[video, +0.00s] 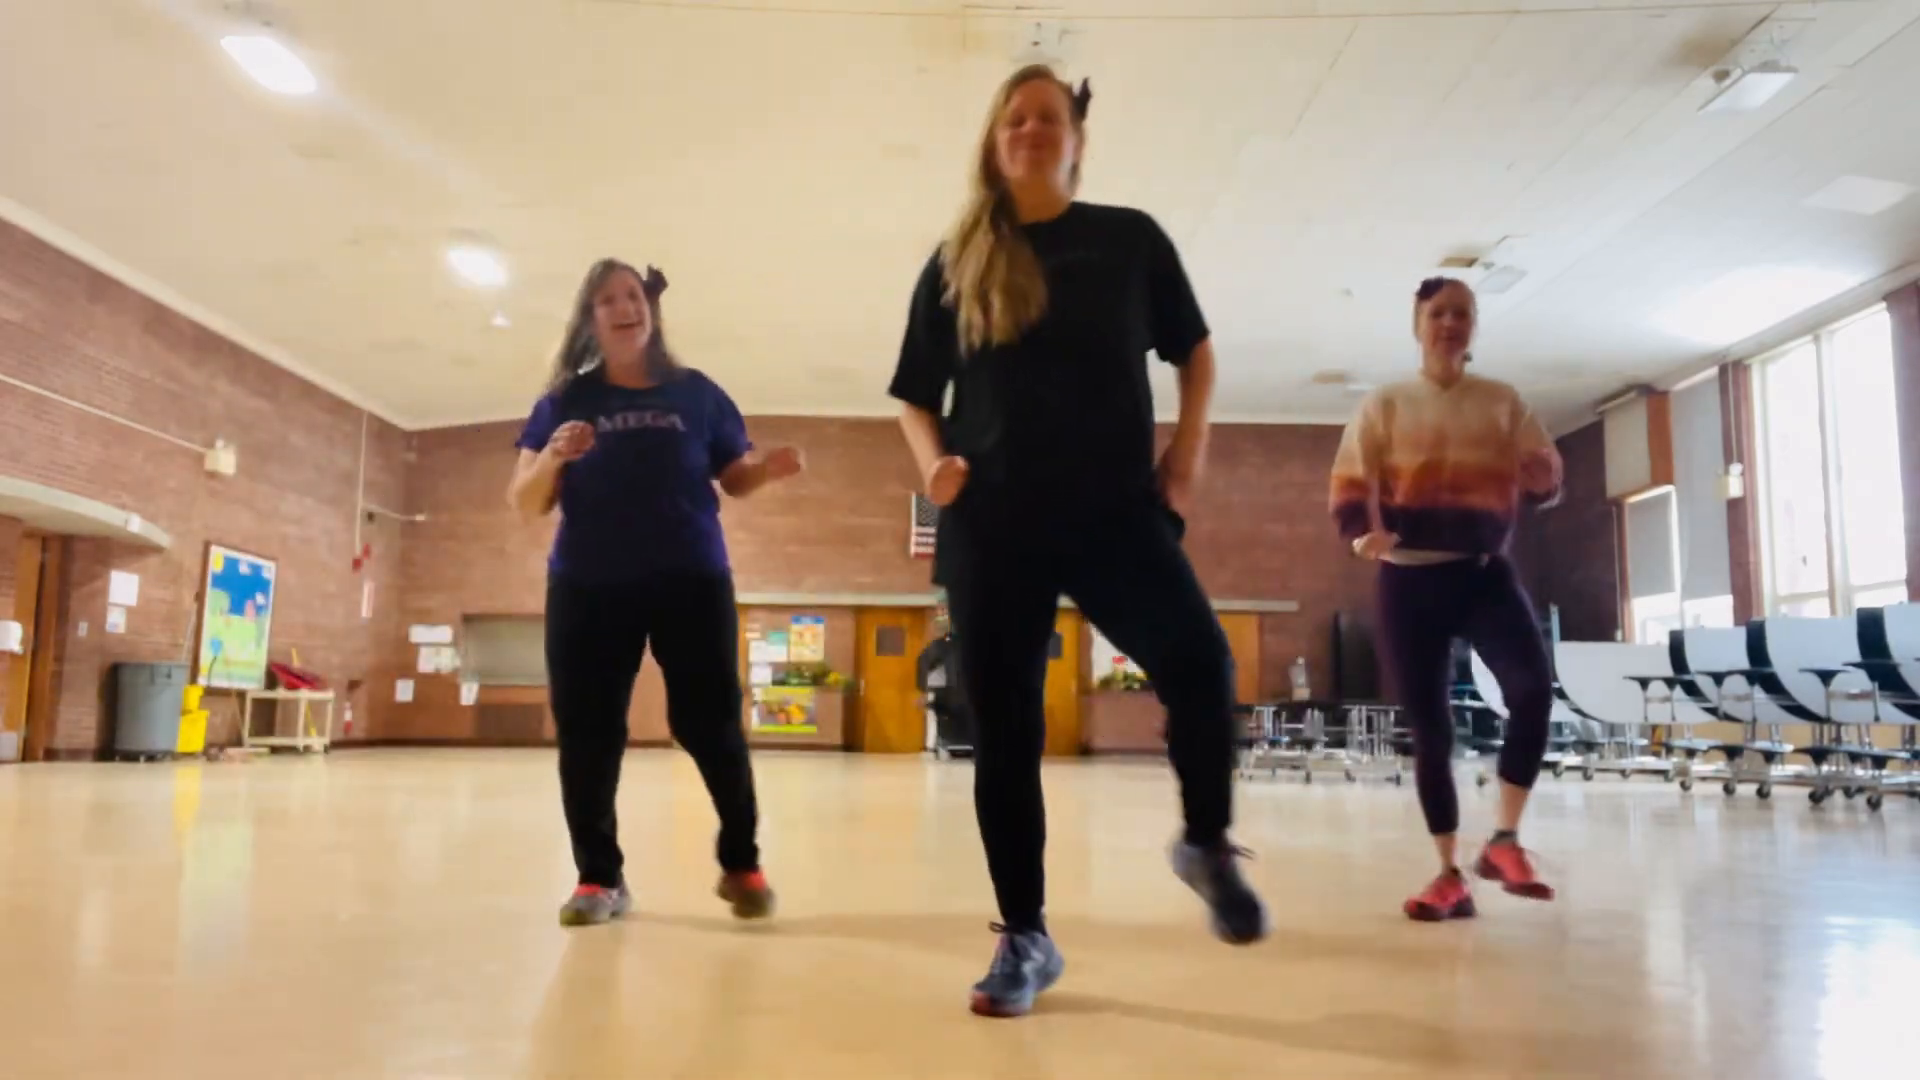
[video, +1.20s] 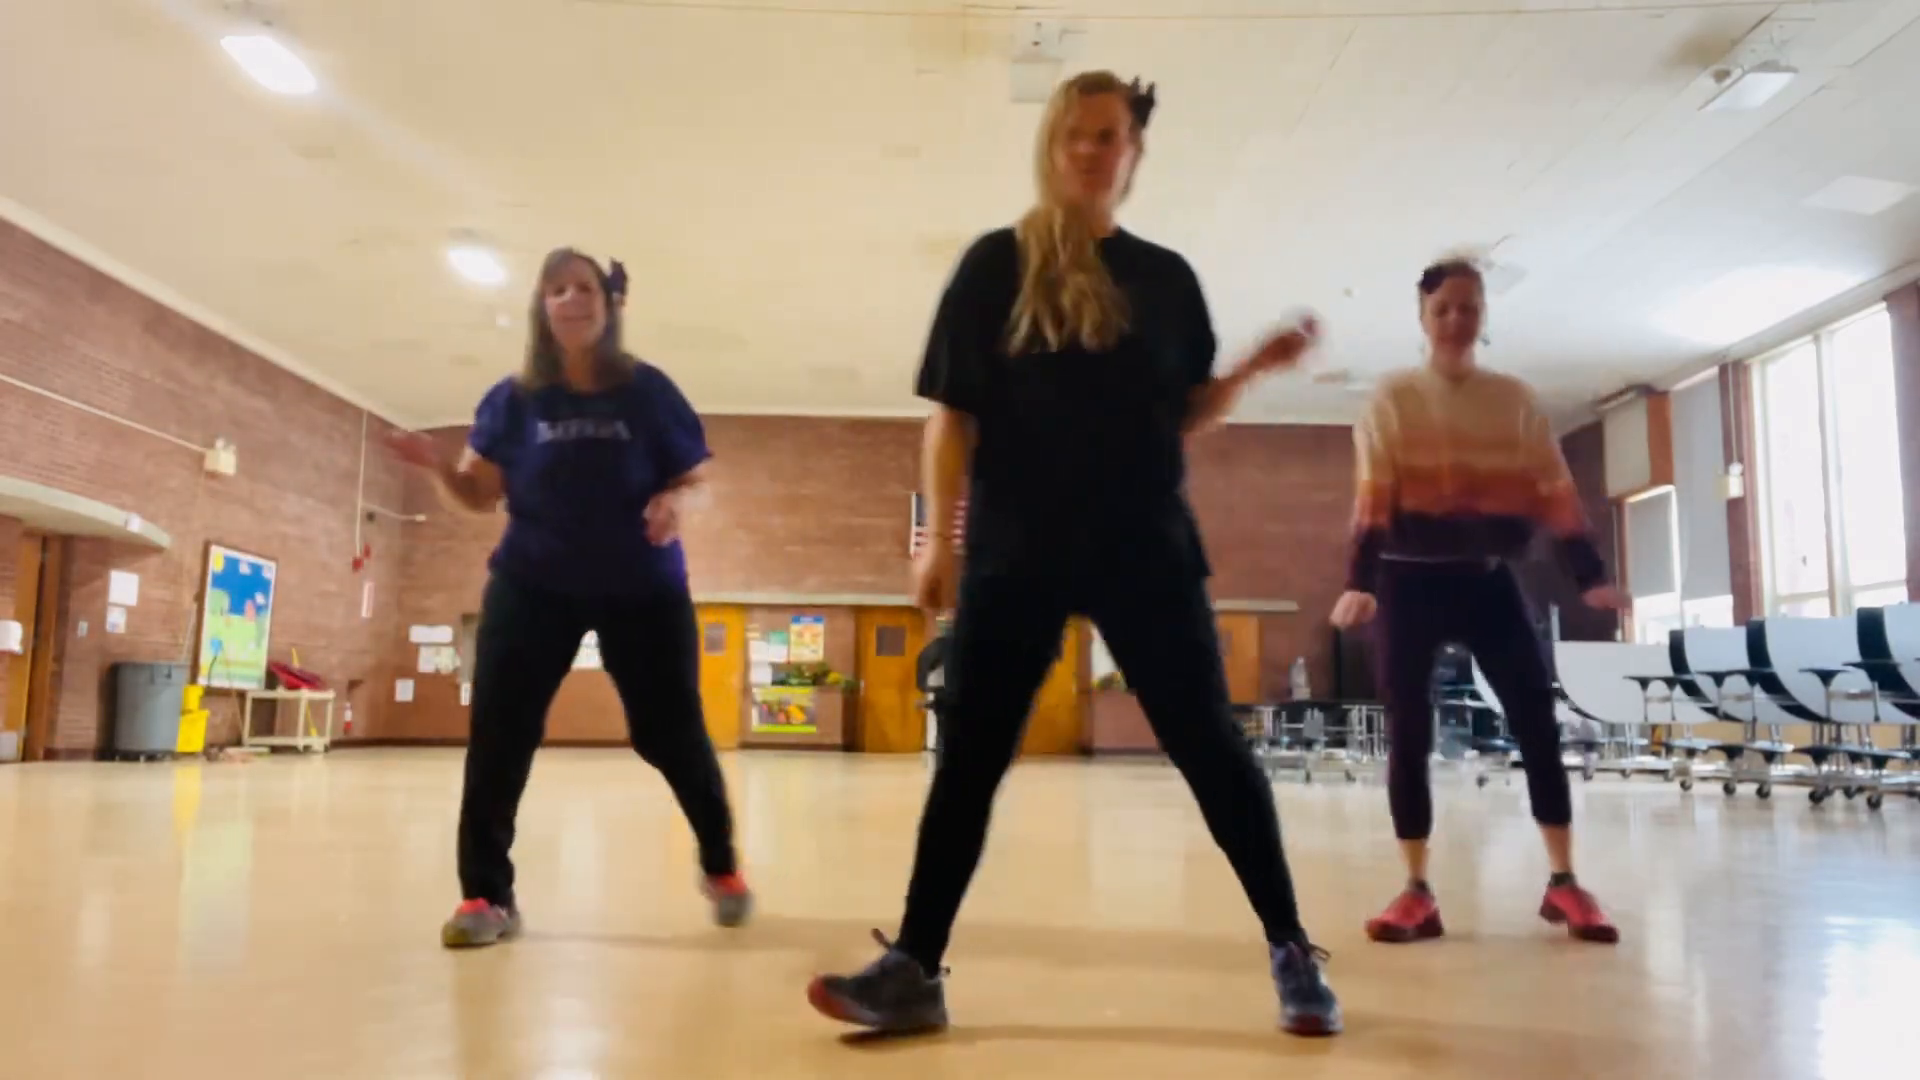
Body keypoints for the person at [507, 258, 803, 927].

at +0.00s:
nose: (625, 308)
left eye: (633, 296)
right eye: (609, 300)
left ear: (652, 309)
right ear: (589, 319)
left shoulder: (699, 394)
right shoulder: (564, 404)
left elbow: (734, 480)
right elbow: (528, 504)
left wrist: (763, 467)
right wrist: (553, 457)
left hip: (689, 583)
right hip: (592, 588)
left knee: (712, 726)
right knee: (587, 738)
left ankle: (742, 864)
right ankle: (599, 880)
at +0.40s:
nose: (721, 303)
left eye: (735, 294)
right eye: (710, 295)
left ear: (759, 312)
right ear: (696, 315)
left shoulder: (792, 398)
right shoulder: (668, 393)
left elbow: (835, 464)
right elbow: (600, 454)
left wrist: (830, 382)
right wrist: (610, 371)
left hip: (756, 587)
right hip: (663, 577)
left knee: (746, 733)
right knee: (623, 712)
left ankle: (773, 883)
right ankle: (636, 854)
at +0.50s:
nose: (732, 305)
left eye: (745, 295)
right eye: (721, 297)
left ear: (770, 314)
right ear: (709, 316)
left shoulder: (797, 395)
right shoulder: (680, 388)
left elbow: (827, 467)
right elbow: (628, 455)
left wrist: (829, 381)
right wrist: (638, 367)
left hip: (760, 587)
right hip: (668, 578)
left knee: (749, 732)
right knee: (648, 719)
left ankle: (773, 880)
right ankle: (676, 851)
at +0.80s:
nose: (713, 301)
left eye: (727, 291)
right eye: (702, 293)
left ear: (751, 307)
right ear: (688, 312)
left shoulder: (783, 396)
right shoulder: (660, 390)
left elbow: (820, 486)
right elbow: (603, 484)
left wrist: (773, 449)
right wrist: (634, 421)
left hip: (746, 587)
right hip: (652, 573)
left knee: (741, 733)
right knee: (598, 693)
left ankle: (772, 884)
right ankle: (627, 854)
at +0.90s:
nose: (686, 301)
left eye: (699, 290)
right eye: (674, 293)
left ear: (725, 306)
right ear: (661, 315)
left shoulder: (764, 396)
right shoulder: (638, 397)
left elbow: (804, 488)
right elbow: (597, 499)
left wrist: (775, 477)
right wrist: (580, 450)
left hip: (731, 588)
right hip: (634, 578)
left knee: (735, 731)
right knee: (572, 708)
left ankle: (772, 884)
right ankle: (539, 872)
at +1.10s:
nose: (604, 306)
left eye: (618, 294)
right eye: (591, 297)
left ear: (645, 309)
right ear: (577, 316)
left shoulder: (687, 402)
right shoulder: (552, 405)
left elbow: (734, 492)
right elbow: (517, 504)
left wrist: (714, 510)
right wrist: (478, 469)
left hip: (672, 593)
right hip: (569, 590)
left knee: (700, 741)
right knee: (519, 736)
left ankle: (766, 881)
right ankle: (489, 896)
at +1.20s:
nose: (571, 302)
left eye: (584, 290)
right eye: (557, 292)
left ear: (609, 304)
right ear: (541, 309)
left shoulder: (649, 392)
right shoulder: (513, 400)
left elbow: (696, 481)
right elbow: (482, 496)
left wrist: (674, 502)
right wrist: (444, 469)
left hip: (640, 584)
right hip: (535, 584)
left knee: (671, 733)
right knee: (498, 737)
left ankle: (721, 866)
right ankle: (486, 897)